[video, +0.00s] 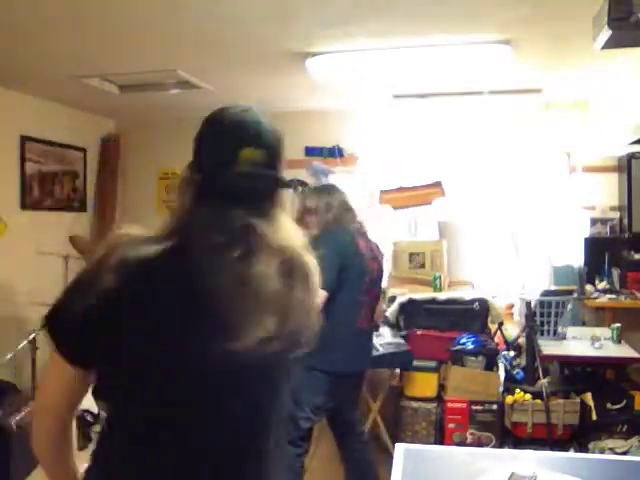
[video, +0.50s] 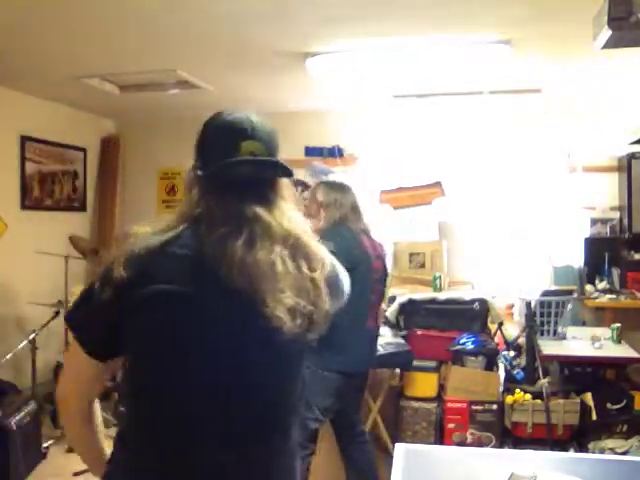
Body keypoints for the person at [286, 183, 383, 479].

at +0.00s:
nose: (306, 220)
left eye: (310, 212)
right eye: (305, 212)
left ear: (326, 211)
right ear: (343, 209)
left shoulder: (331, 241)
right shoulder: (366, 243)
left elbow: (316, 297)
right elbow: (372, 303)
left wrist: (292, 330)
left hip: (323, 354)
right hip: (355, 355)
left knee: (292, 435)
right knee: (349, 429)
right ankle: (364, 474)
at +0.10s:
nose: (309, 213)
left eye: (312, 206)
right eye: (310, 206)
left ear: (322, 207)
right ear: (347, 206)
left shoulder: (329, 239)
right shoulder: (366, 242)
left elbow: (320, 293)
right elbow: (372, 299)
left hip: (324, 350)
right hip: (357, 351)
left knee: (294, 435)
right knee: (350, 430)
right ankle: (365, 473)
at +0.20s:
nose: (312, 216)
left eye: (314, 208)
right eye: (313, 208)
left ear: (321, 210)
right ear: (349, 207)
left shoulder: (322, 245)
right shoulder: (369, 245)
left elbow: (313, 299)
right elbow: (372, 303)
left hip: (323, 350)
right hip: (357, 351)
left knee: (299, 435)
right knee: (351, 428)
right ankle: (366, 473)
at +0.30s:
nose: (311, 216)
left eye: (313, 209)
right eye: (311, 209)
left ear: (323, 208)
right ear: (347, 206)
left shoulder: (328, 241)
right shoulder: (369, 242)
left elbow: (323, 297)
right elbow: (377, 296)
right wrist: (358, 330)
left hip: (330, 349)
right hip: (361, 349)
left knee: (305, 427)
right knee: (349, 423)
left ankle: (295, 473)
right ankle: (366, 473)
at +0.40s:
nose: (312, 215)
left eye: (316, 207)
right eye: (312, 208)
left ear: (328, 208)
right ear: (349, 206)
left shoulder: (331, 243)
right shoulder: (370, 243)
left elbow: (322, 298)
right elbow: (375, 299)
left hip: (331, 350)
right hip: (361, 349)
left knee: (305, 428)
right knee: (350, 425)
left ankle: (295, 473)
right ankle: (367, 474)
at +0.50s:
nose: (310, 213)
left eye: (314, 206)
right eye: (310, 205)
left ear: (330, 207)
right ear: (350, 206)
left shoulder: (333, 242)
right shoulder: (371, 244)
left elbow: (312, 295)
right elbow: (373, 302)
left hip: (327, 354)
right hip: (359, 355)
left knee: (300, 440)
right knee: (352, 431)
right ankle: (367, 475)